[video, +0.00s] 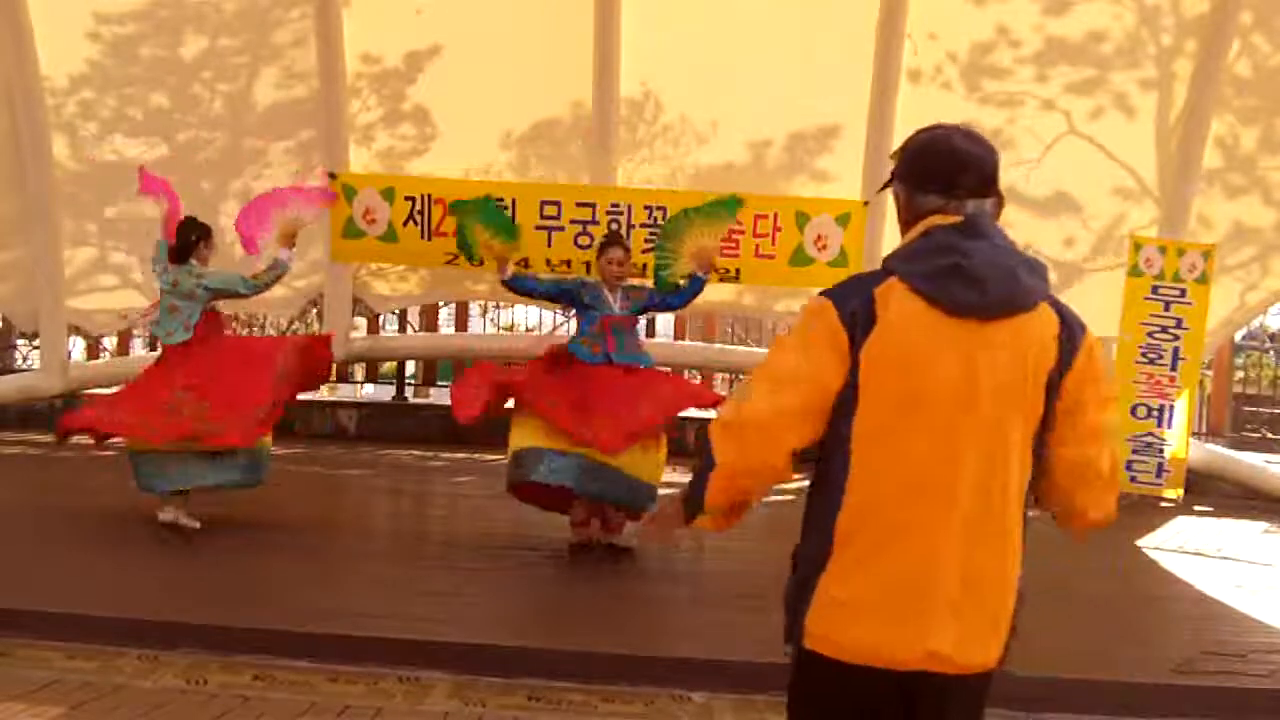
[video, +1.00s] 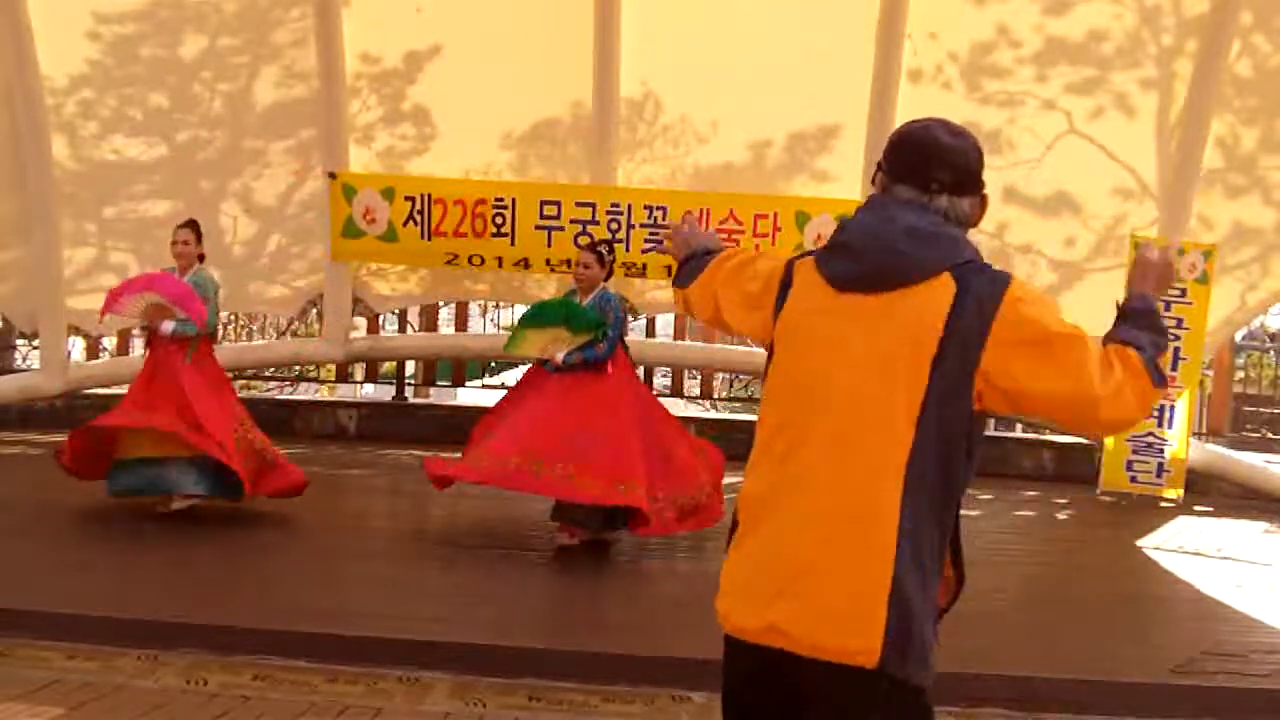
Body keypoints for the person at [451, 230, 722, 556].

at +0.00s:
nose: (615, 267)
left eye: (621, 262)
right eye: (610, 261)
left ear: (629, 265)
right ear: (598, 263)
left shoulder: (637, 296)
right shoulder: (583, 291)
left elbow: (676, 300)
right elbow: (543, 289)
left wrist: (702, 273)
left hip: (630, 378)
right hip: (586, 377)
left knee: (621, 453)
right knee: (585, 450)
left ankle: (611, 533)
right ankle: (583, 532)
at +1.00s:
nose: (580, 272)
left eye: (588, 267)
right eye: (577, 266)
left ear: (604, 272)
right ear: (574, 268)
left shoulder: (611, 303)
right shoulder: (569, 301)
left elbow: (606, 347)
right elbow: (552, 335)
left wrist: (566, 358)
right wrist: (547, 350)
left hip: (602, 388)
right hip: (572, 385)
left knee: (595, 453)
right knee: (574, 453)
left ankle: (592, 524)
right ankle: (576, 521)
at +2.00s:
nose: (592, 257)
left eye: (600, 252)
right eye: (587, 250)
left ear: (612, 259)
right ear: (581, 254)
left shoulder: (620, 297)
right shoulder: (568, 279)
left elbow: (628, 339)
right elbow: (539, 252)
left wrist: (601, 346)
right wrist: (504, 217)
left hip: (598, 371)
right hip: (563, 367)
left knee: (590, 435)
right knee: (558, 432)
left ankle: (584, 509)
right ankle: (555, 510)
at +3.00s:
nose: (573, 264)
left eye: (578, 260)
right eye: (575, 259)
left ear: (593, 263)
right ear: (606, 263)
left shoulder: (588, 296)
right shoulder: (617, 289)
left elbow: (571, 341)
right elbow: (638, 276)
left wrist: (553, 346)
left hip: (599, 376)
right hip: (626, 372)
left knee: (590, 447)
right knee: (615, 445)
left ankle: (592, 526)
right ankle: (616, 525)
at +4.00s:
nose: (570, 268)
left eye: (576, 262)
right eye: (572, 261)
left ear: (594, 267)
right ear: (597, 269)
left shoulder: (589, 299)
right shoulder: (607, 296)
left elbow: (565, 344)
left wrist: (547, 338)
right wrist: (560, 334)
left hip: (588, 389)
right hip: (602, 385)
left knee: (580, 451)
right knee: (594, 450)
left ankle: (589, 525)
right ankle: (586, 523)